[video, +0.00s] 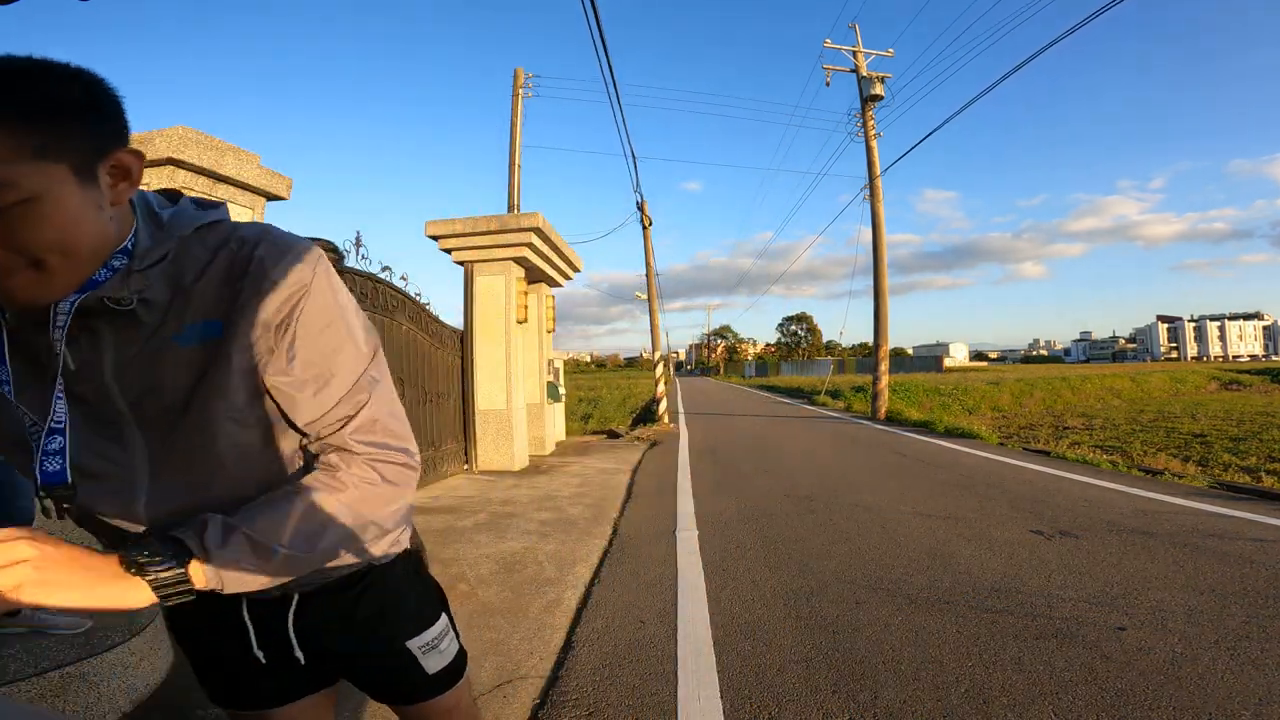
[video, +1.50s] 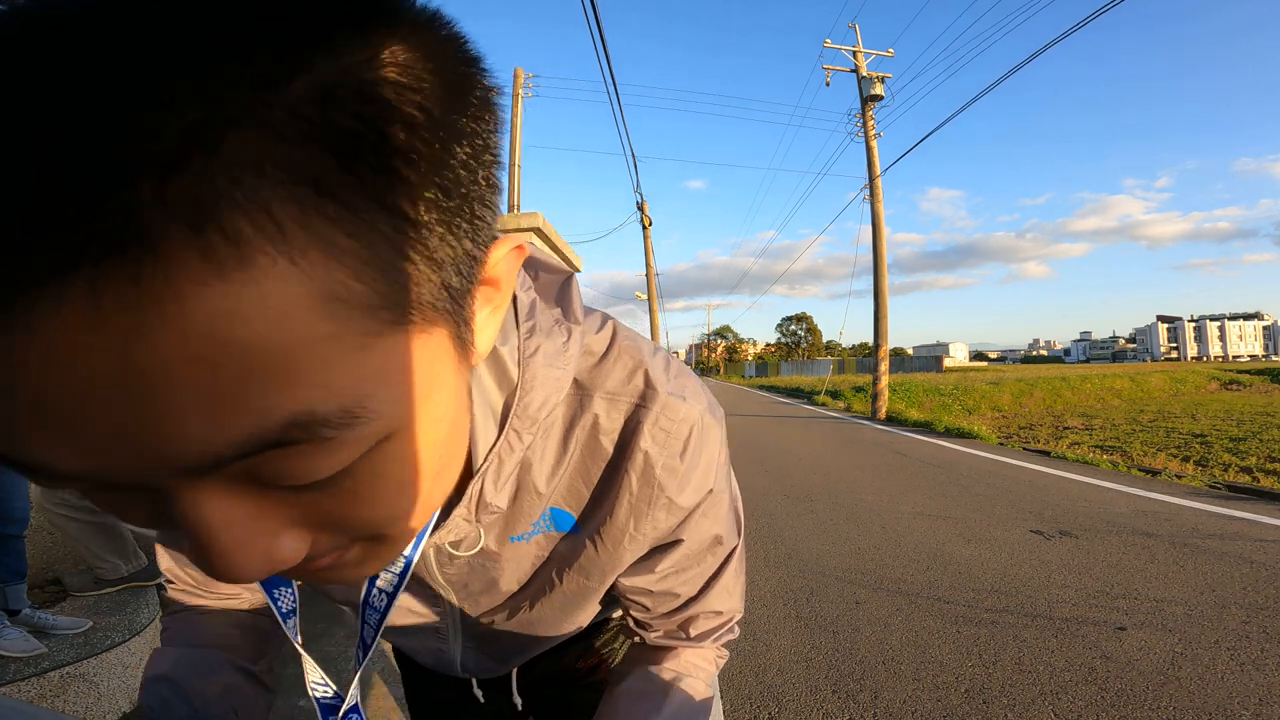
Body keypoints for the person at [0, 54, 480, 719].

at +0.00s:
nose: (3, 240)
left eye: (17, 204)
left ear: (118, 181)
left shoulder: (275, 281)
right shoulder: (22, 330)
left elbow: (380, 471)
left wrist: (148, 572)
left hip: (355, 565)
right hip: (212, 595)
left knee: (442, 705)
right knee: (284, 709)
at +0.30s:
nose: (2, 242)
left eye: (28, 206)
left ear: (155, 185)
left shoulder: (283, 288)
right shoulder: (27, 322)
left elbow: (222, 537)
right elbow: (10, 471)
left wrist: (14, 680)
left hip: (365, 583)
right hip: (216, 601)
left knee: (440, 706)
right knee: (286, 709)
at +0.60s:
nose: (27, 317)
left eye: (72, 262)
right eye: (5, 269)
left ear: (215, 219)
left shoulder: (345, 361)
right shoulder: (106, 326)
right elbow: (116, 444)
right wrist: (34, 497)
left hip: (416, 585)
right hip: (278, 587)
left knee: (482, 709)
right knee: (325, 708)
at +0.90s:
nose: (191, 419)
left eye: (237, 360)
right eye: (139, 366)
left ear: (414, 268)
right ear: (104, 320)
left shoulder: (568, 382)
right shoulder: (208, 373)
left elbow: (599, 595)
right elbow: (214, 530)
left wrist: (438, 708)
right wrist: (125, 629)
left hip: (514, 650)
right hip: (361, 643)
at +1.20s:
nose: (302, 442)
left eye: (371, 368)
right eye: (227, 374)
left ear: (537, 256)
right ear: (176, 323)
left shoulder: (669, 395)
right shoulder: (251, 394)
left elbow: (676, 607)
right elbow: (283, 575)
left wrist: (609, 705)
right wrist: (237, 681)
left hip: (606, 640)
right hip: (433, 644)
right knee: (441, 708)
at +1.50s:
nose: (229, 567)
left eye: (298, 458)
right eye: (118, 501)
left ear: (485, 301)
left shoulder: (654, 434)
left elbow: (687, 640)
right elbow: (213, 642)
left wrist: (652, 704)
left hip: (582, 639)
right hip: (424, 647)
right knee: (442, 703)